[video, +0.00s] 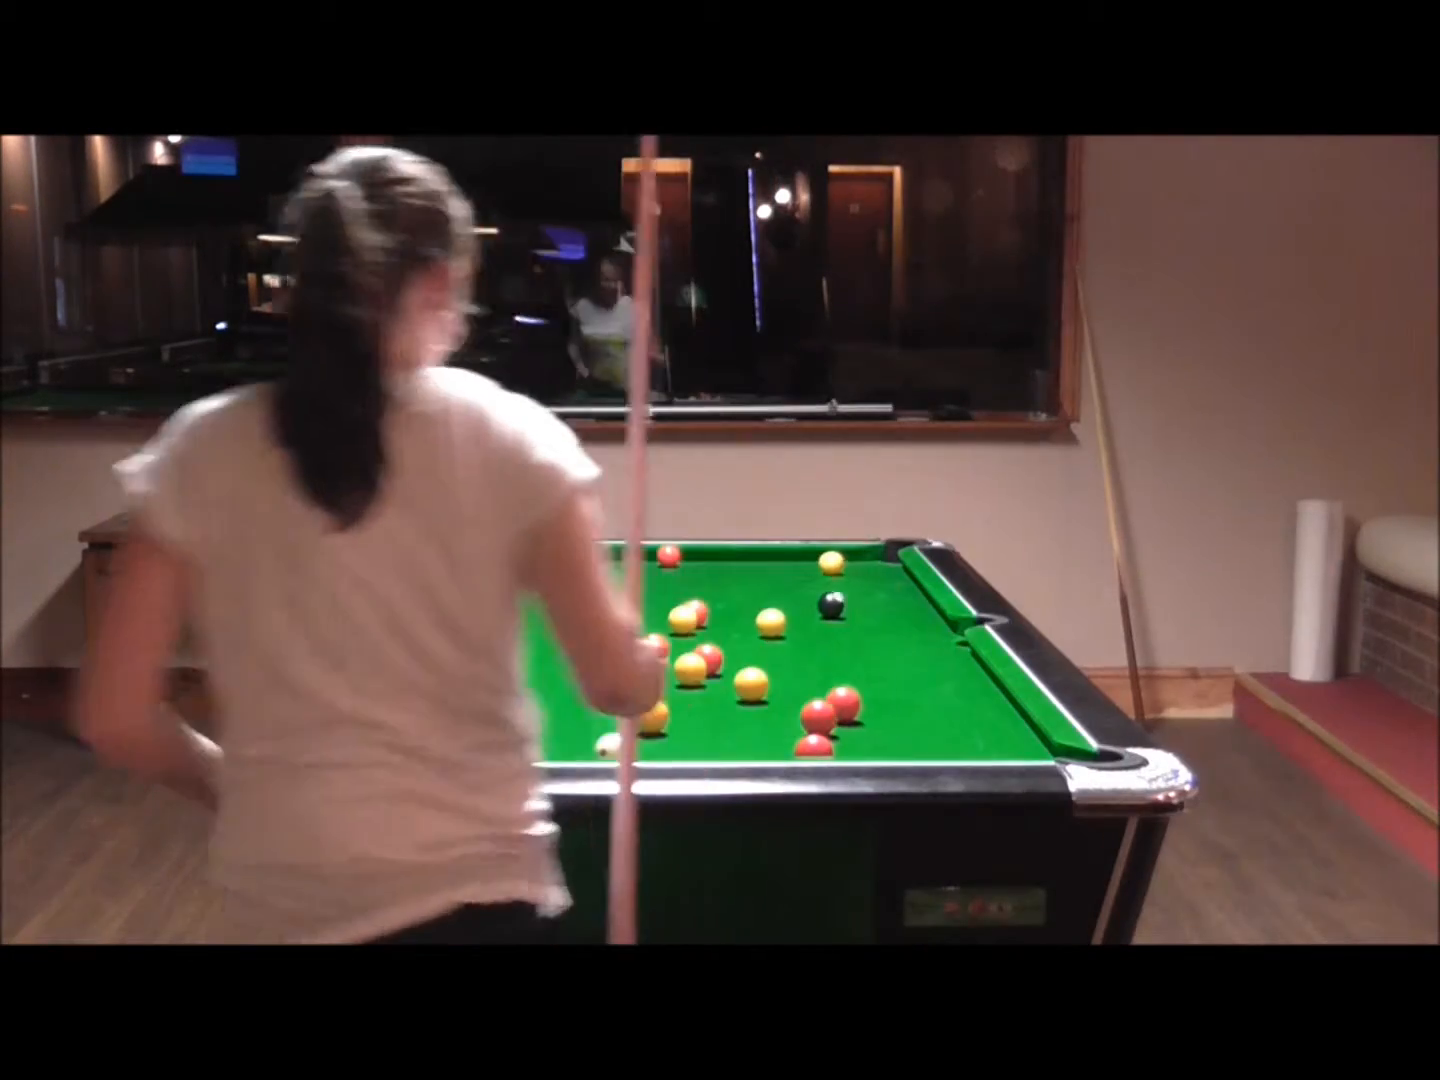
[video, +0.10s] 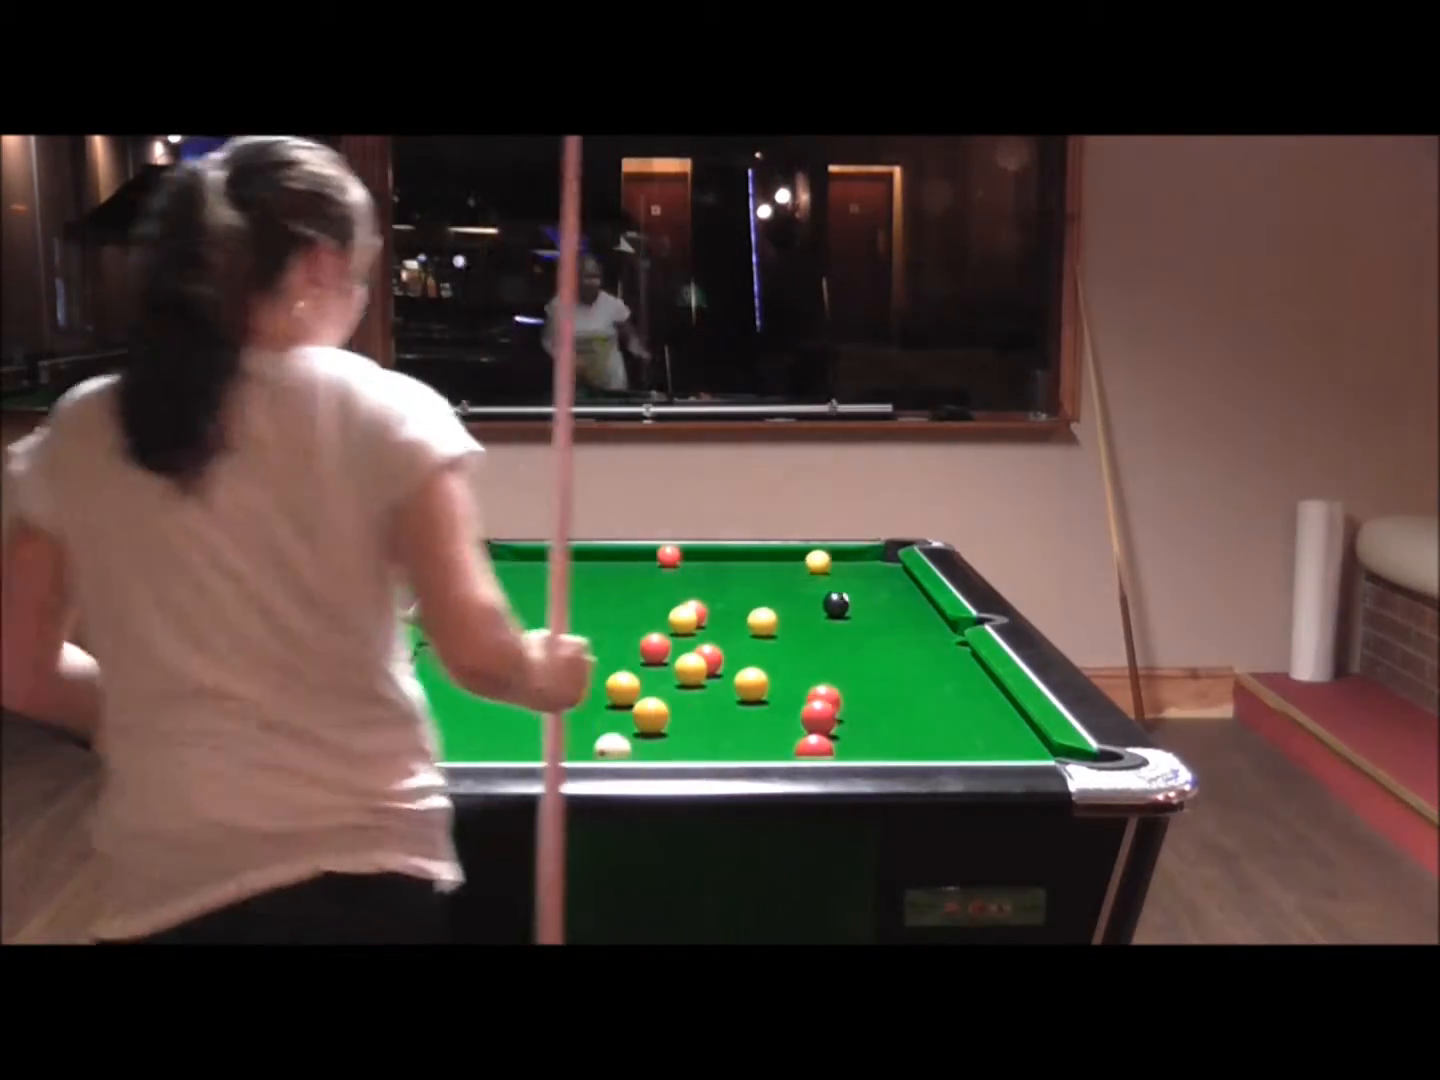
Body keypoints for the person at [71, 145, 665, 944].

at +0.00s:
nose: (464, 309)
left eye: (462, 286)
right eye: (460, 286)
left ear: (305, 283)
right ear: (430, 287)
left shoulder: (203, 448)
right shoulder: (505, 437)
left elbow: (115, 717)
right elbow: (615, 685)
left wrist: (233, 782)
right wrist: (646, 663)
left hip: (280, 900)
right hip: (475, 893)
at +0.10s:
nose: (361, 303)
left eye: (368, 281)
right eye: (362, 278)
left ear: (200, 262)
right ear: (316, 266)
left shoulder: (79, 431)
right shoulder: (384, 412)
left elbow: (26, 677)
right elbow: (474, 648)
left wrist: (157, 712)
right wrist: (541, 672)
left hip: (168, 895)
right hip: (374, 879)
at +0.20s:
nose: (312, 310)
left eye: (318, 285)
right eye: (310, 283)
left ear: (155, 265)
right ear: (256, 274)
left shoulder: (30, 429)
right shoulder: (313, 411)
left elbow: (18, 664)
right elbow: (376, 633)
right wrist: (475, 677)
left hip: (84, 891)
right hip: (291, 878)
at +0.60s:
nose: (181, 306)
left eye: (175, 280)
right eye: (161, 281)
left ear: (89, 290)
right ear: (88, 288)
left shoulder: (45, 401)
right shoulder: (65, 422)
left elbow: (107, 589)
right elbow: (9, 630)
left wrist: (260, 578)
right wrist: (129, 717)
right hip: (50, 837)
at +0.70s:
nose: (165, 295)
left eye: (159, 269)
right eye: (143, 270)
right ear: (61, 284)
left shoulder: (87, 404)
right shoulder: (17, 416)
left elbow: (178, 552)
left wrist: (304, 536)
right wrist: (26, 693)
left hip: (52, 809)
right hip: (15, 825)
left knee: (48, 932)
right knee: (41, 934)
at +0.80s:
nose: (154, 306)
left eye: (150, 280)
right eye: (129, 283)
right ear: (47, 295)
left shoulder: (112, 409)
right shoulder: (8, 415)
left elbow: (227, 545)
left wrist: (320, 521)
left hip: (31, 795)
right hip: (1, 799)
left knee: (45, 934)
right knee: (44, 932)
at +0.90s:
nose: (155, 317)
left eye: (152, 291)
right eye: (130, 295)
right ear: (46, 306)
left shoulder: (124, 413)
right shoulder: (8, 423)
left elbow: (236, 549)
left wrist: (325, 540)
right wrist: (27, 658)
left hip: (40, 770)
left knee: (58, 935)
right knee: (24, 935)